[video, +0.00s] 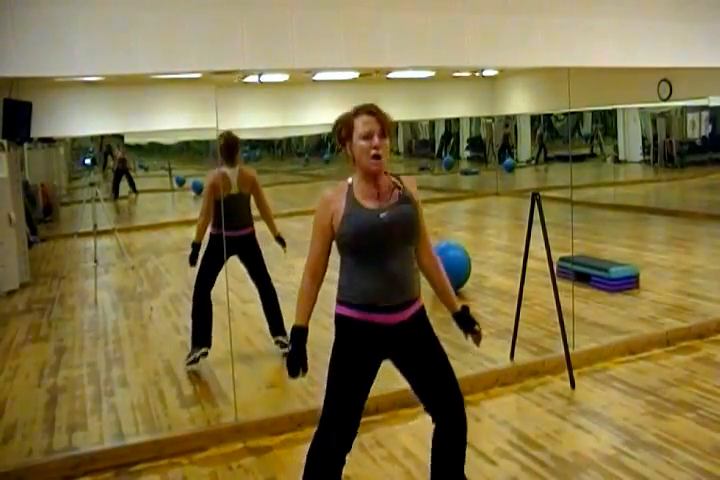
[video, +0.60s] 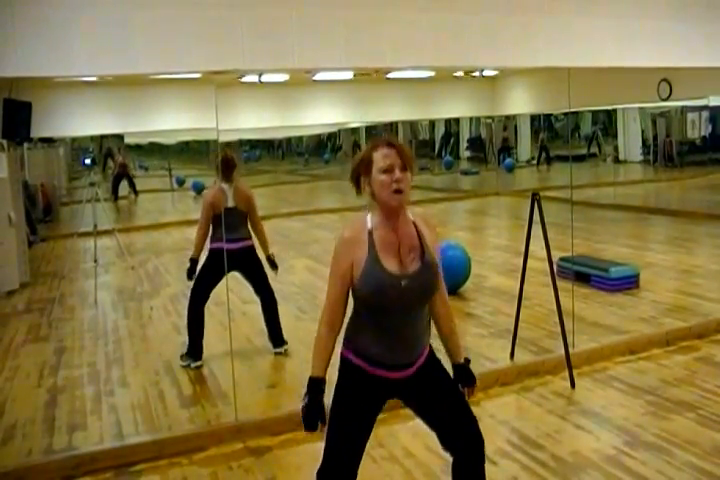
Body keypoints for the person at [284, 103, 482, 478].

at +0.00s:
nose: (377, 144)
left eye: (381, 136)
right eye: (366, 137)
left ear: (389, 142)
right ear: (347, 146)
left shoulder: (405, 191)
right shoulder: (334, 200)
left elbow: (426, 256)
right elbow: (314, 271)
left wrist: (458, 309)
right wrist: (299, 333)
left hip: (411, 326)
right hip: (358, 331)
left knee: (452, 416)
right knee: (335, 435)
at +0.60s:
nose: (396, 177)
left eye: (402, 169)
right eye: (385, 170)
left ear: (410, 176)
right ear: (367, 182)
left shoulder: (424, 231)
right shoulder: (353, 239)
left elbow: (439, 299)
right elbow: (332, 318)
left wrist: (459, 363)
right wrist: (315, 386)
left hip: (420, 367)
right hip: (363, 373)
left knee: (469, 444)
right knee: (338, 470)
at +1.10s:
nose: (408, 152)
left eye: (413, 142)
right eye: (397, 143)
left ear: (421, 146)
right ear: (375, 151)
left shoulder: (434, 197)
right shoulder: (359, 209)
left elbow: (464, 267)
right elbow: (335, 283)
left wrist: (510, 316)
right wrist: (309, 352)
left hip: (446, 344)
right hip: (389, 350)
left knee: (490, 447)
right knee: (369, 464)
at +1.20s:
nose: (413, 177)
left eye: (418, 167)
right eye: (402, 168)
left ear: (425, 171)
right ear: (380, 175)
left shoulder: (440, 228)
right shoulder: (365, 236)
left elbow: (469, 294)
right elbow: (341, 310)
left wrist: (512, 344)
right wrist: (314, 378)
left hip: (451, 375)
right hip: (394, 382)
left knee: (498, 468)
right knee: (377, 478)